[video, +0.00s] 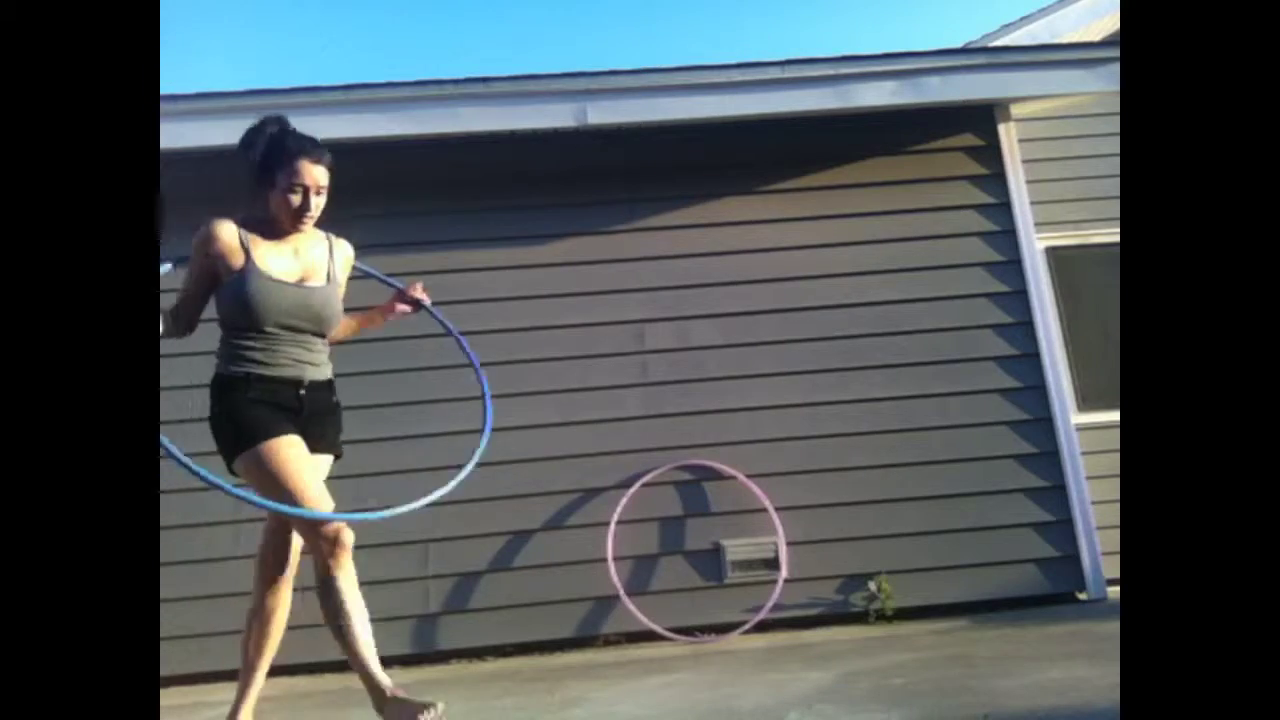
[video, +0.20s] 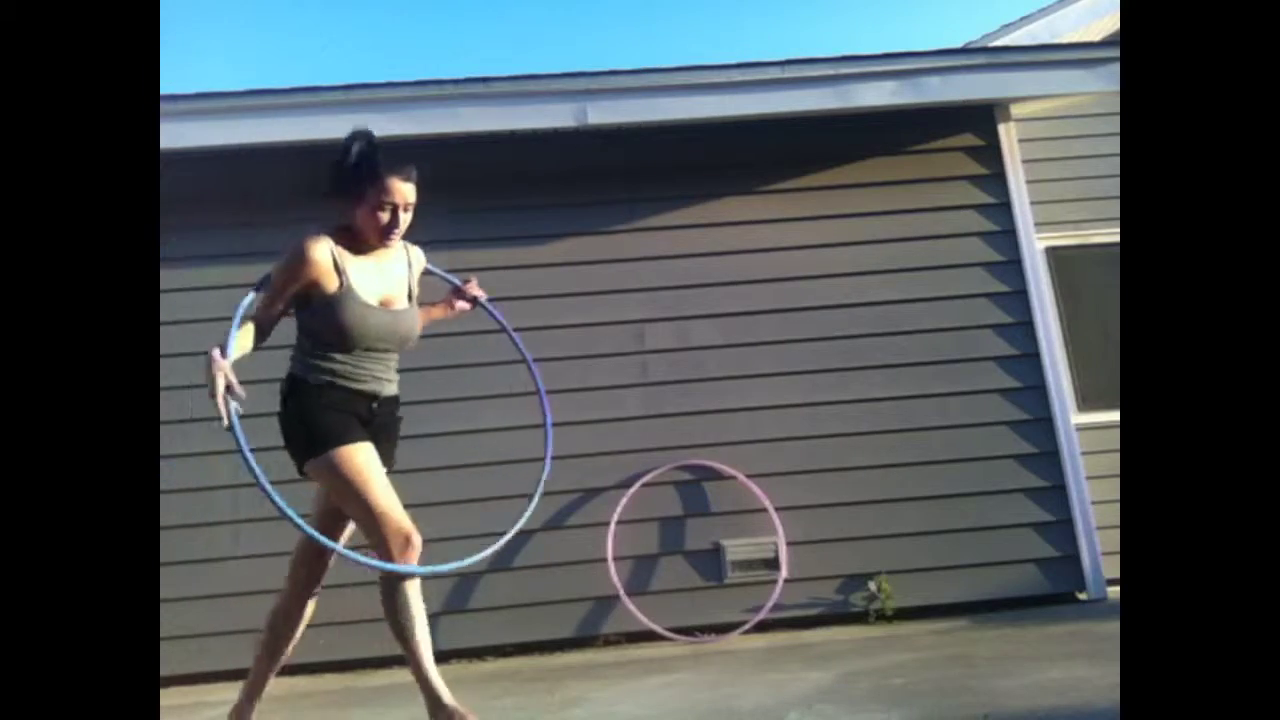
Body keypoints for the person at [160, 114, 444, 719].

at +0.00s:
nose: (309, 202)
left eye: (319, 191)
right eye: (296, 189)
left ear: (329, 190)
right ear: (267, 185)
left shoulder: (337, 251)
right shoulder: (224, 239)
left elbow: (327, 330)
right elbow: (179, 324)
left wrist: (387, 312)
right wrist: (166, 310)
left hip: (318, 404)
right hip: (248, 400)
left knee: (276, 569)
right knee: (333, 536)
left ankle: (241, 710)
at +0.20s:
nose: (397, 219)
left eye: (406, 208)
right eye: (385, 206)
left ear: (416, 205)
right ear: (354, 200)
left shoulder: (409, 257)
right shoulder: (317, 254)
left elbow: (393, 324)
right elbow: (259, 320)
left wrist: (447, 307)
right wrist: (224, 356)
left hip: (379, 413)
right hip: (321, 407)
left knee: (308, 572)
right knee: (402, 541)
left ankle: (246, 705)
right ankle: (437, 698)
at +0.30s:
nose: (443, 227)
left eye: (452, 215)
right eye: (431, 215)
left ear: (459, 208)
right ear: (397, 208)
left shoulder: (451, 255)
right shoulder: (358, 262)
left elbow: (430, 315)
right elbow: (306, 329)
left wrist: (489, 295)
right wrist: (279, 375)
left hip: (409, 409)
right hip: (354, 404)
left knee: (359, 567)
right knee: (427, 535)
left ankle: (266, 698)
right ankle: (439, 698)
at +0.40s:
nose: (481, 232)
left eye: (489, 220)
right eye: (470, 220)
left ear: (497, 213)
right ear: (437, 213)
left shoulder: (481, 253)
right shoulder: (393, 264)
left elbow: (469, 301)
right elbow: (335, 326)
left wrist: (527, 274)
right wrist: (316, 377)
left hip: (438, 401)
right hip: (377, 396)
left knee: (435, 554)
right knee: (442, 537)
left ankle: (340, 675)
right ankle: (441, 696)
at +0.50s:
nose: (505, 237)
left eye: (513, 226)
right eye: (494, 225)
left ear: (521, 217)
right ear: (462, 214)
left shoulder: (505, 253)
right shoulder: (417, 265)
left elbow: (505, 292)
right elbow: (358, 332)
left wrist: (568, 263)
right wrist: (337, 397)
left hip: (460, 400)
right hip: (400, 397)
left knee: (496, 542)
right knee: (457, 536)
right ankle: (442, 690)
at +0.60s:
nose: (521, 239)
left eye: (530, 228)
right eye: (510, 228)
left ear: (538, 218)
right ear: (482, 216)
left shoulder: (531, 255)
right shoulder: (434, 266)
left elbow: (545, 297)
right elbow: (386, 345)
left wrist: (600, 280)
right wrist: (375, 428)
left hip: (486, 398)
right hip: (422, 398)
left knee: (535, 533)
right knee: (467, 536)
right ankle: (446, 693)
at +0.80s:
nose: (564, 236)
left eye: (572, 225)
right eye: (554, 228)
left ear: (581, 212)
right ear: (526, 216)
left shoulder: (589, 260)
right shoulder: (486, 272)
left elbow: (598, 337)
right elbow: (461, 360)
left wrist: (620, 349)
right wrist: (456, 441)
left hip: (550, 394)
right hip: (488, 398)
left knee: (590, 533)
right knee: (489, 538)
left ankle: (630, 671)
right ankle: (448, 690)